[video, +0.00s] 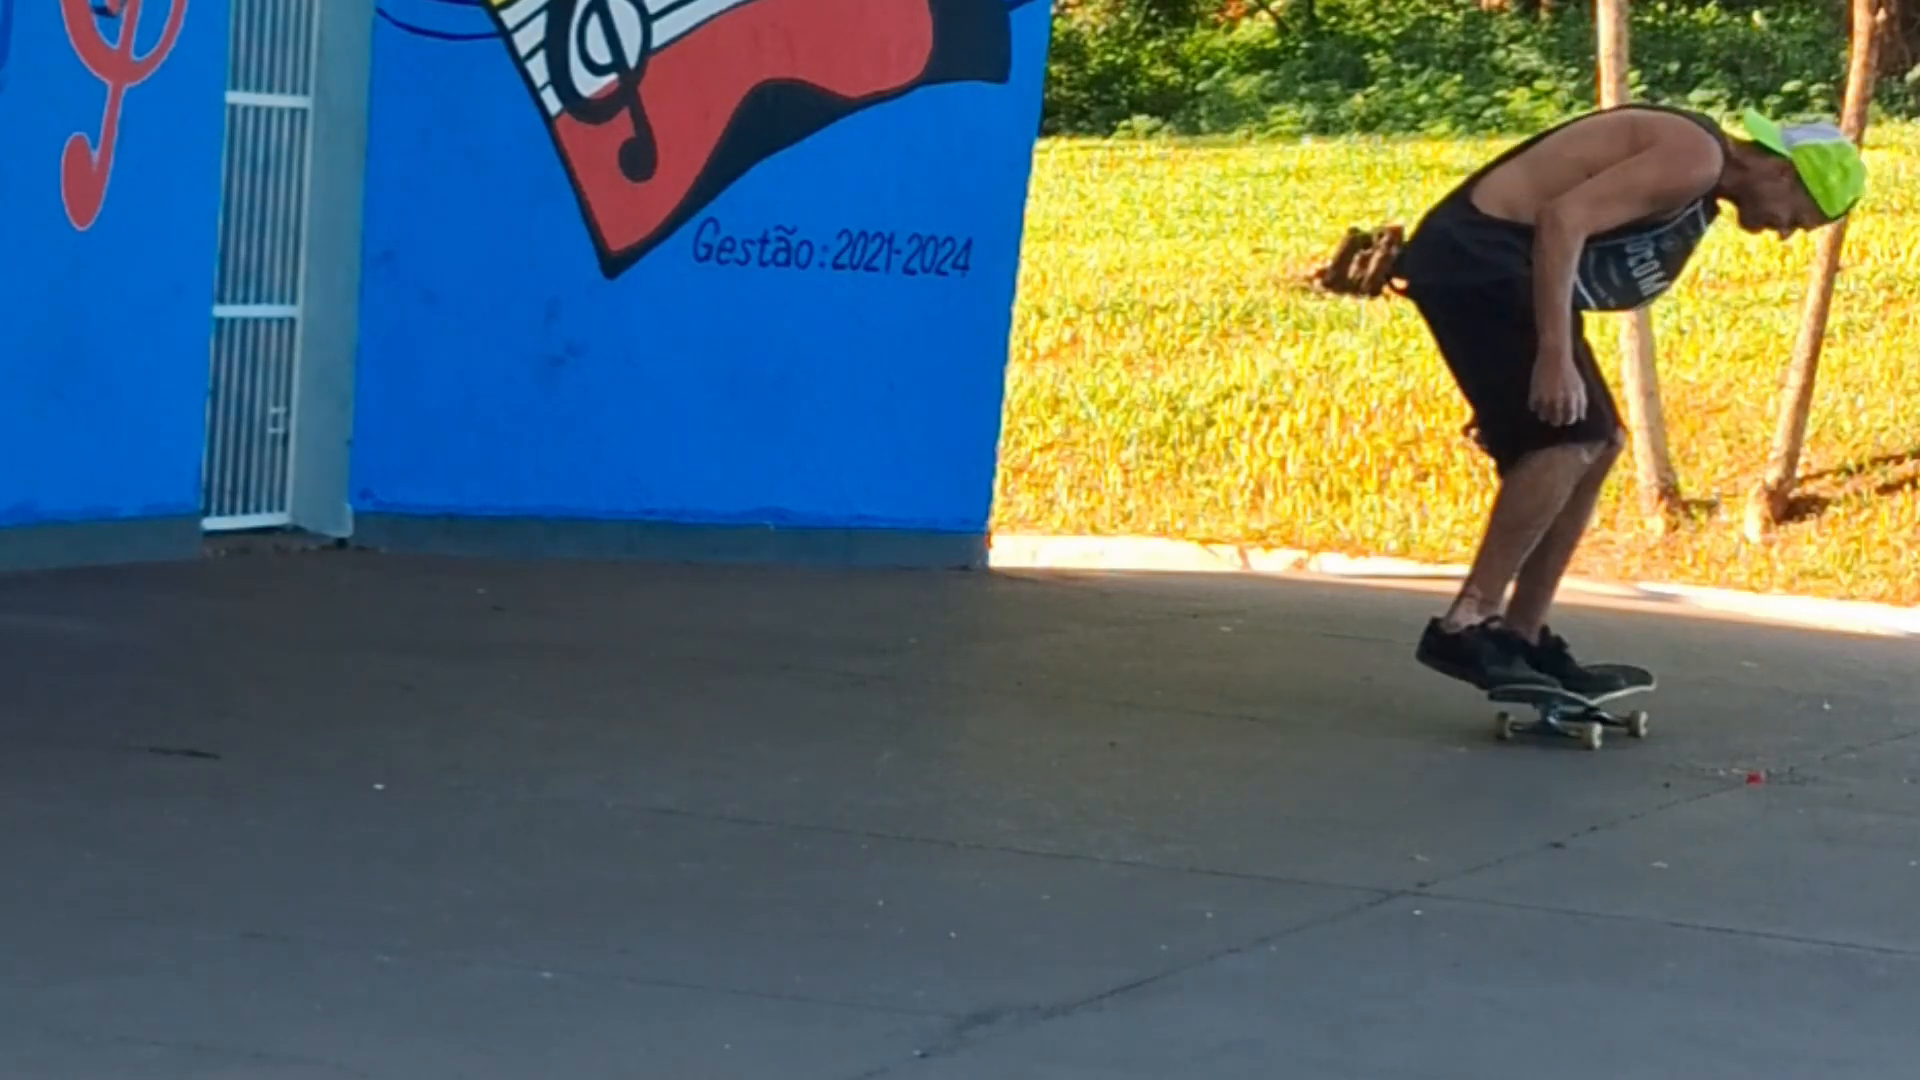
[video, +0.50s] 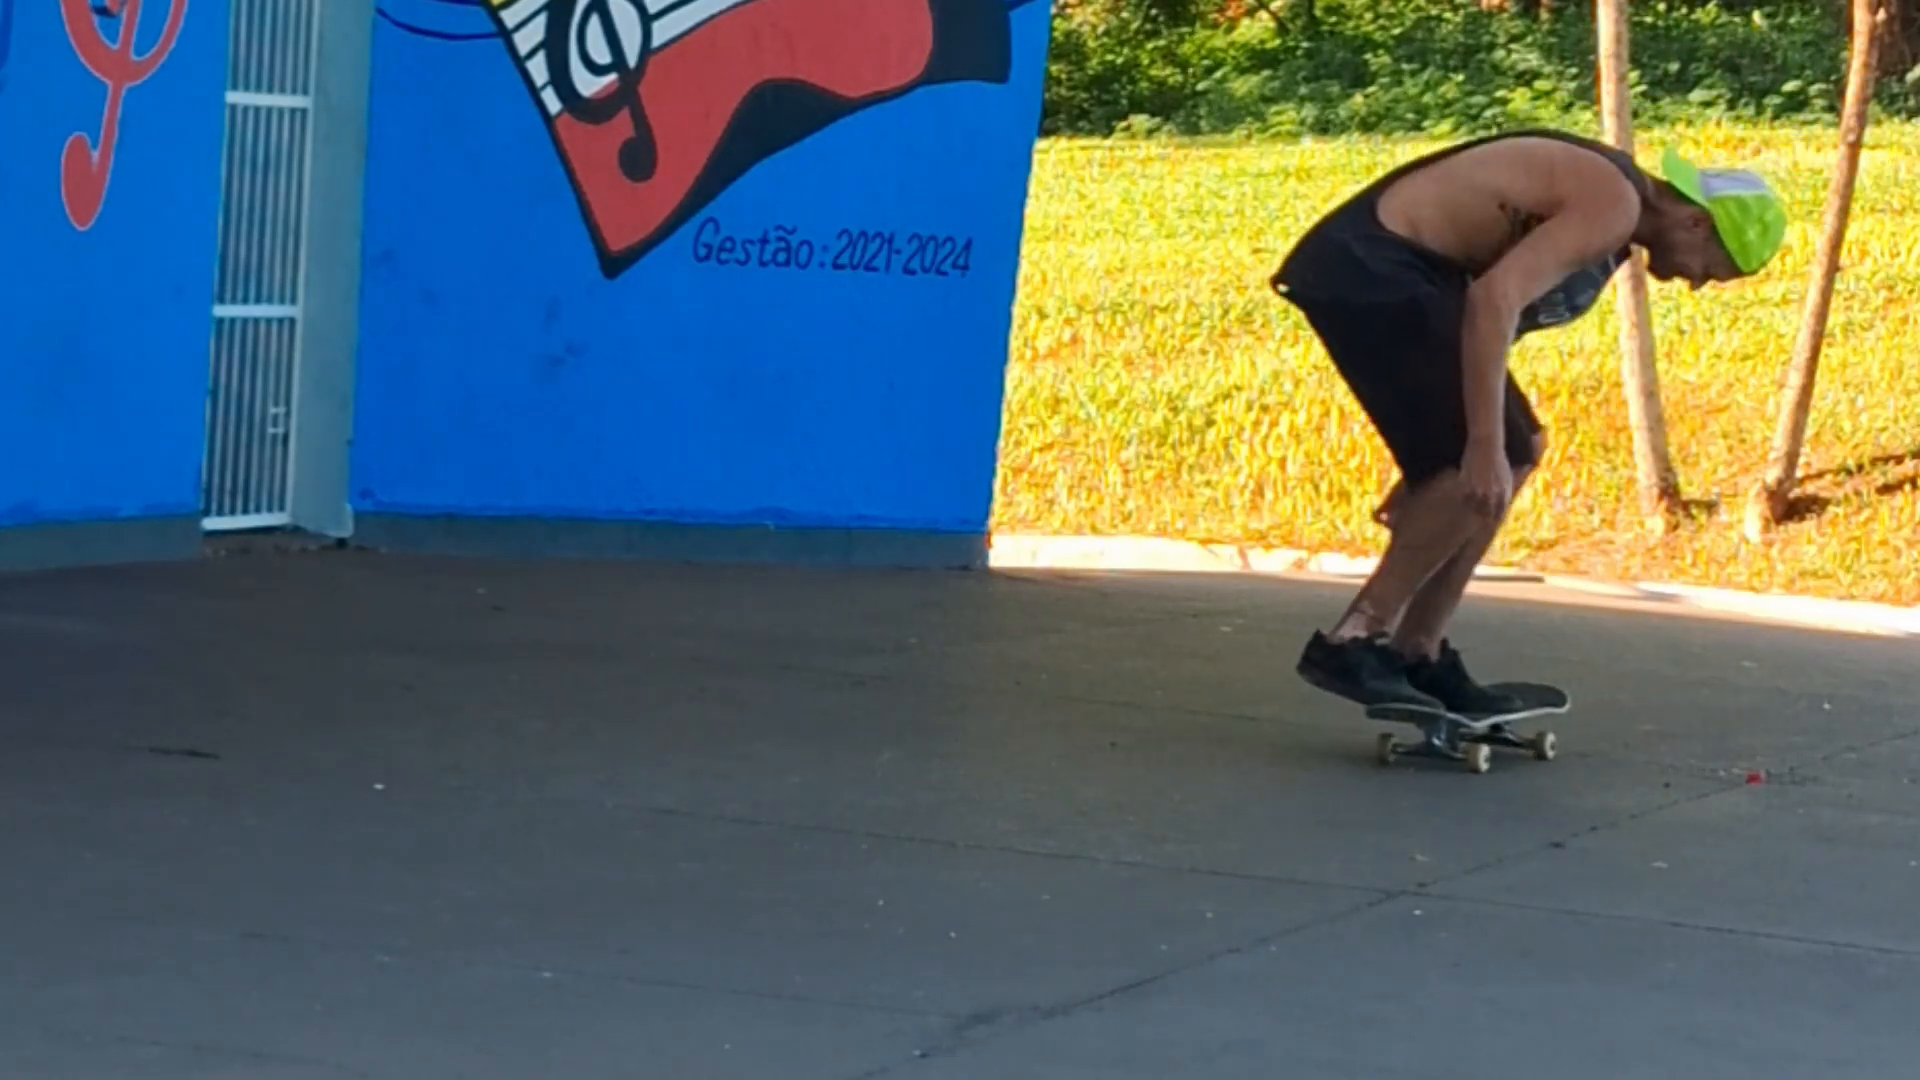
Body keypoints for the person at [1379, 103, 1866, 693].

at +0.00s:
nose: (1790, 230)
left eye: (1804, 225)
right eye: (1801, 215)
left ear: (1785, 177)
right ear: (1784, 172)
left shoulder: (1700, 185)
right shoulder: (1693, 157)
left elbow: (1572, 249)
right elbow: (1561, 217)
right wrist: (1554, 357)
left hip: (1514, 266)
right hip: (1474, 254)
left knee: (1598, 439)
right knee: (1565, 438)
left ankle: (1521, 633)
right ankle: (1466, 621)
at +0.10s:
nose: (1776, 238)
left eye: (1790, 233)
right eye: (1787, 222)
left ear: (1773, 182)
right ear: (1771, 178)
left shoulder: (1683, 190)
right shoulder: (1679, 161)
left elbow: (1556, 264)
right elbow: (1547, 227)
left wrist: (1481, 398)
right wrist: (1533, 368)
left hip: (1499, 267)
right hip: (1455, 254)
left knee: (1578, 443)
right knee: (1549, 442)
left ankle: (1500, 640)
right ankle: (1448, 629)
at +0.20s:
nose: (1758, 243)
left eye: (1774, 239)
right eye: (1770, 227)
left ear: (1757, 182)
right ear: (1755, 180)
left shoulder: (1666, 189)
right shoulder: (1666, 161)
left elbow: (1536, 266)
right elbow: (1533, 230)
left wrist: (1450, 394)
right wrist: (1513, 374)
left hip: (1479, 261)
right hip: (1437, 249)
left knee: (1556, 445)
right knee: (1526, 447)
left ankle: (1481, 644)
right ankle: (1420, 635)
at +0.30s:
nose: (1744, 245)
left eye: (1760, 241)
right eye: (1757, 230)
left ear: (1742, 182)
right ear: (1743, 184)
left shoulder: (1652, 186)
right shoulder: (1653, 164)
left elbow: (1518, 264)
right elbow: (1516, 235)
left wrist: (1424, 388)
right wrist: (1494, 380)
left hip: (1457, 256)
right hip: (1415, 245)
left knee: (1540, 439)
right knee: (1502, 447)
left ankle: (1464, 644)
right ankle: (1397, 638)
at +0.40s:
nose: (1727, 260)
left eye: (1742, 254)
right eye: (1742, 244)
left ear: (1722, 192)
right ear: (1725, 199)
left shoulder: (1636, 185)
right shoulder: (1630, 181)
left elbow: (1493, 264)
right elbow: (1499, 258)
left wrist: (1415, 412)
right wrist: (1479, 402)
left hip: (1431, 255)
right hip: (1392, 248)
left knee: (1527, 439)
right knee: (1492, 449)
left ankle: (1442, 648)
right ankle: (1376, 637)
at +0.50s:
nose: (1702, 281)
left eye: (1717, 276)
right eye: (1716, 267)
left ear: (1696, 217)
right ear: (1699, 223)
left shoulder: (1614, 210)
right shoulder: (1608, 205)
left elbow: (1490, 308)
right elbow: (1490, 297)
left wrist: (1424, 480)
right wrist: (1482, 449)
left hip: (1405, 275)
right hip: (1364, 270)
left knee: (1518, 445)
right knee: (1478, 469)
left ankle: (1416, 651)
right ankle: (1351, 641)